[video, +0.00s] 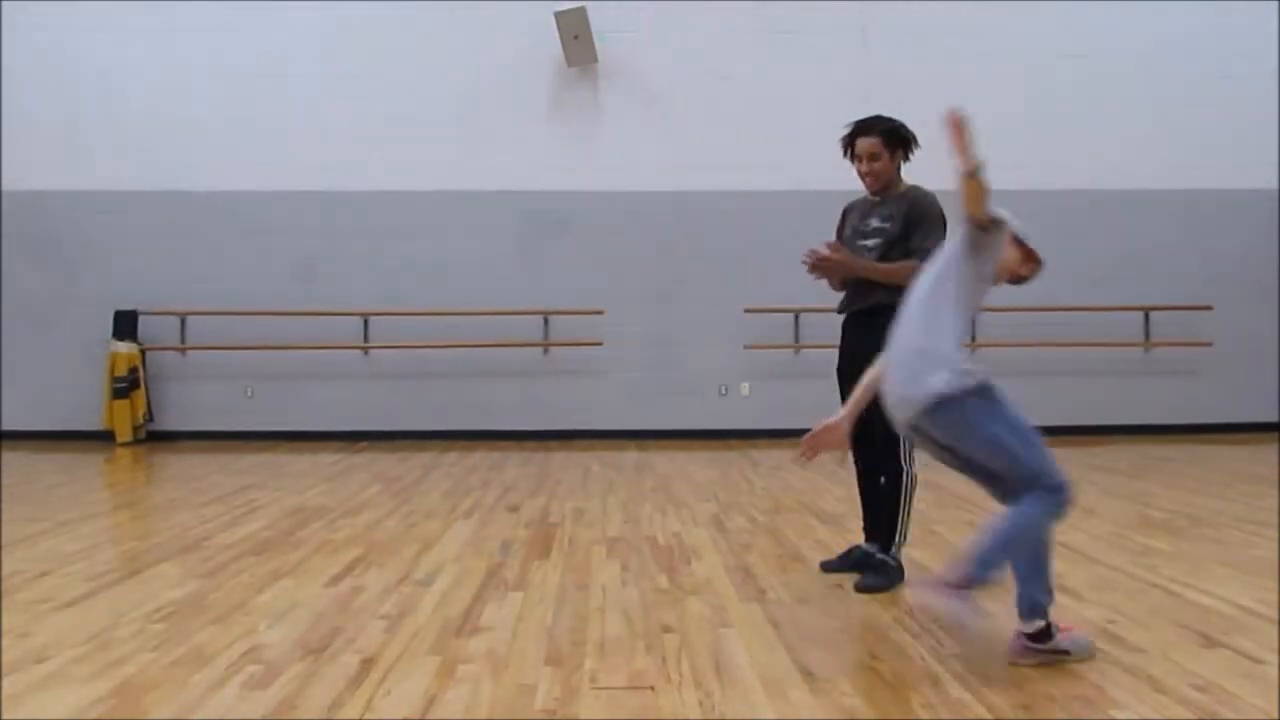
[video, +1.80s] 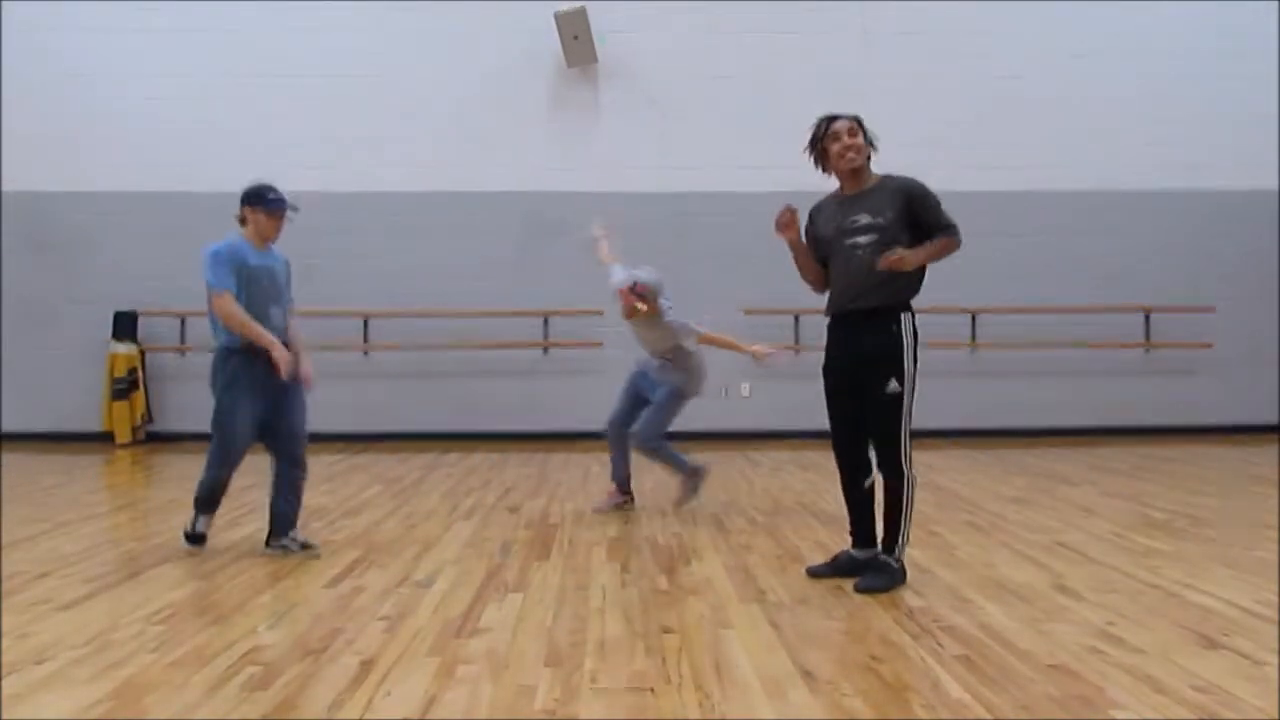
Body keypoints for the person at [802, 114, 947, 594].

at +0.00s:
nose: (865, 167)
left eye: (874, 157)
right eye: (858, 158)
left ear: (899, 157)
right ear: (852, 162)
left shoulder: (921, 206)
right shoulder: (852, 213)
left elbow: (926, 274)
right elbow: (848, 280)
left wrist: (853, 267)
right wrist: (833, 268)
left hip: (897, 326)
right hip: (858, 327)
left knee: (890, 441)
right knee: (863, 440)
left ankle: (889, 552)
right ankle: (872, 543)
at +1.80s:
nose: (848, 143)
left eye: (854, 134)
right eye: (836, 139)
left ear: (867, 144)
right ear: (824, 157)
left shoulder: (904, 192)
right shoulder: (822, 213)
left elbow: (950, 237)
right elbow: (819, 281)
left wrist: (915, 255)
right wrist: (795, 242)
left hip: (890, 329)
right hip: (844, 333)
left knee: (890, 448)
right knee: (849, 447)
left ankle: (892, 557)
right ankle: (862, 548)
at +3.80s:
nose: (841, 145)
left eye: (852, 137)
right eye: (839, 138)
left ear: (880, 150)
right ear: (841, 151)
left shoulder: (897, 196)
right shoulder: (844, 205)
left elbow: (930, 257)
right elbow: (845, 270)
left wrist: (866, 271)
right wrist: (814, 255)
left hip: (879, 329)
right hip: (842, 330)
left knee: (877, 445)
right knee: (841, 444)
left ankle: (893, 557)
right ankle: (859, 550)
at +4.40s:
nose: (858, 151)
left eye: (869, 143)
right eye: (854, 144)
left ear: (897, 149)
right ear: (852, 151)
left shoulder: (917, 197)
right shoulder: (853, 207)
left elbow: (940, 267)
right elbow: (856, 277)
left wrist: (878, 273)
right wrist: (824, 277)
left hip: (908, 332)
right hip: (865, 335)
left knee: (925, 449)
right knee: (852, 447)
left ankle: (961, 571)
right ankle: (860, 555)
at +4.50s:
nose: (873, 150)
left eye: (884, 141)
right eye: (868, 142)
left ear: (912, 147)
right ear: (863, 151)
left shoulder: (931, 193)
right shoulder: (860, 207)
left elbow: (948, 261)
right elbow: (849, 277)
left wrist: (882, 245)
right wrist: (830, 253)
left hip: (921, 333)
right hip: (875, 336)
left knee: (944, 453)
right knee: (858, 450)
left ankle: (979, 572)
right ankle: (861, 555)